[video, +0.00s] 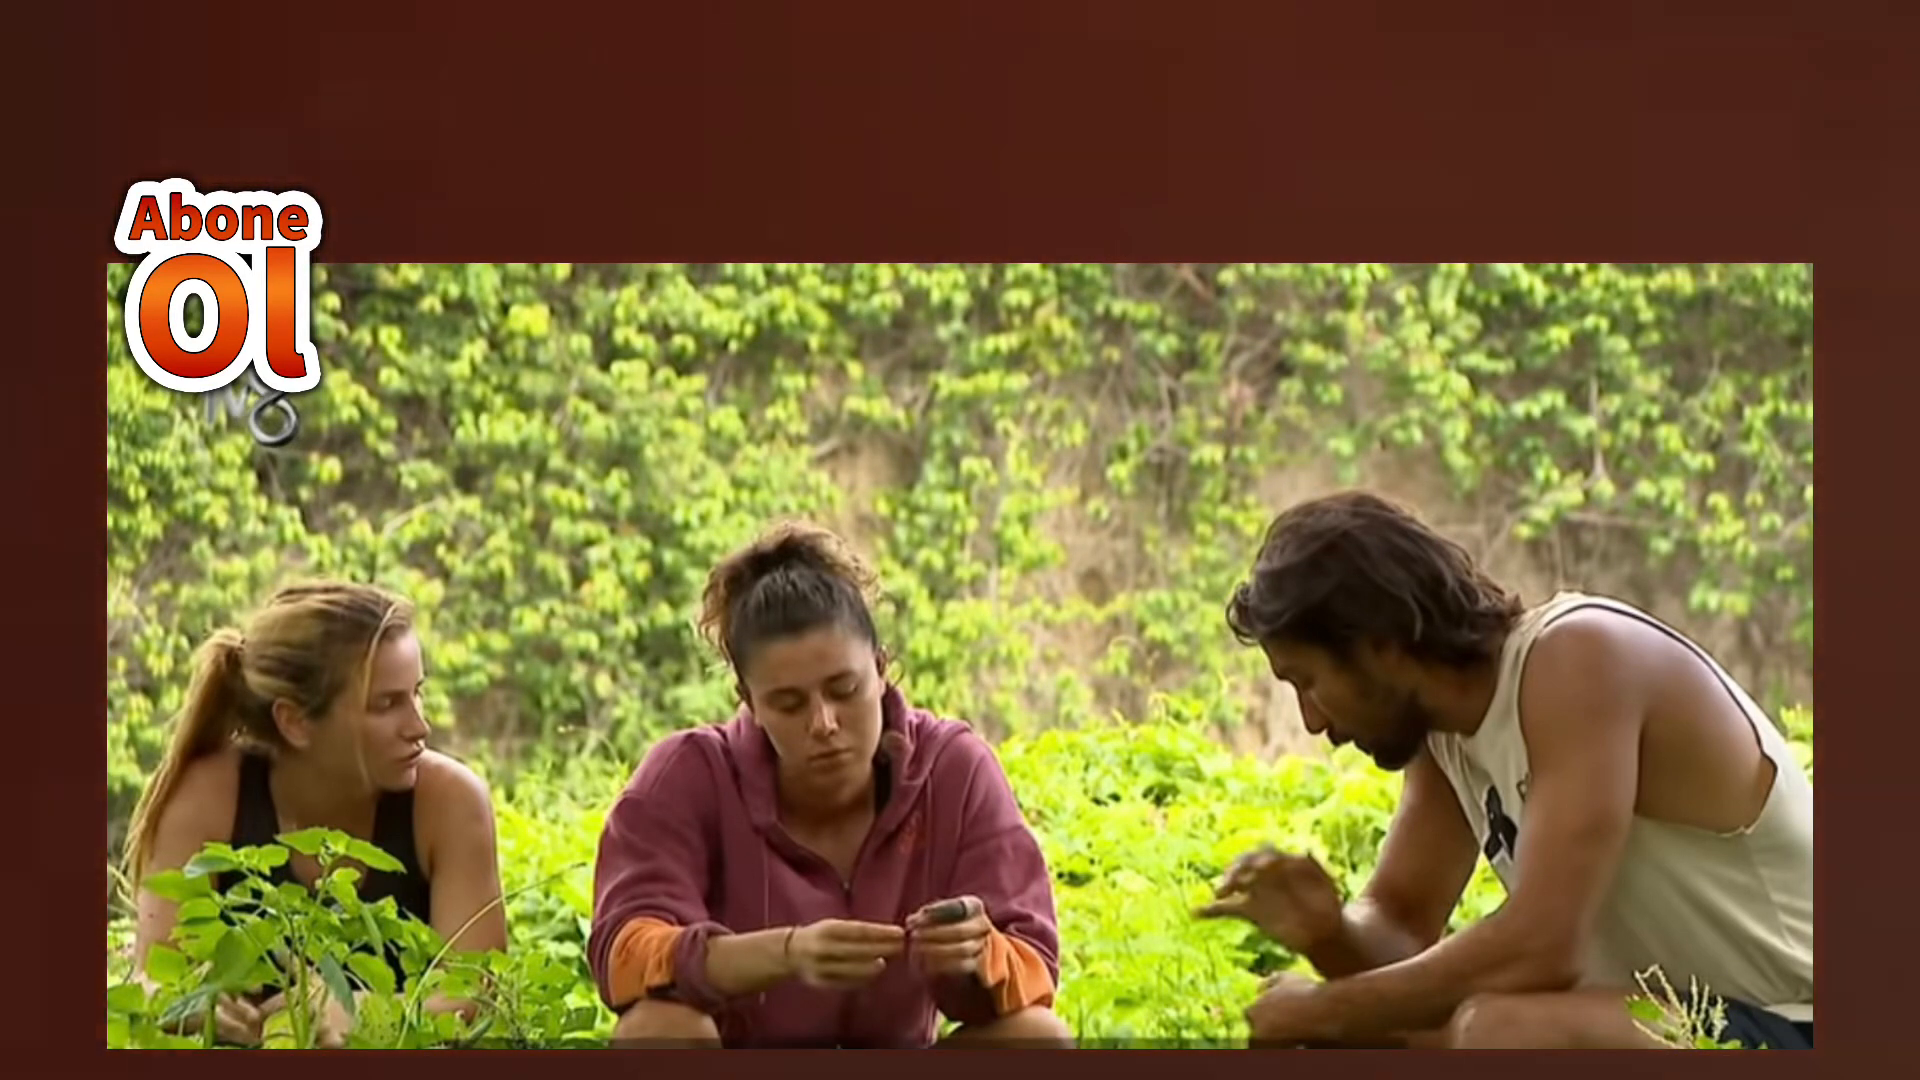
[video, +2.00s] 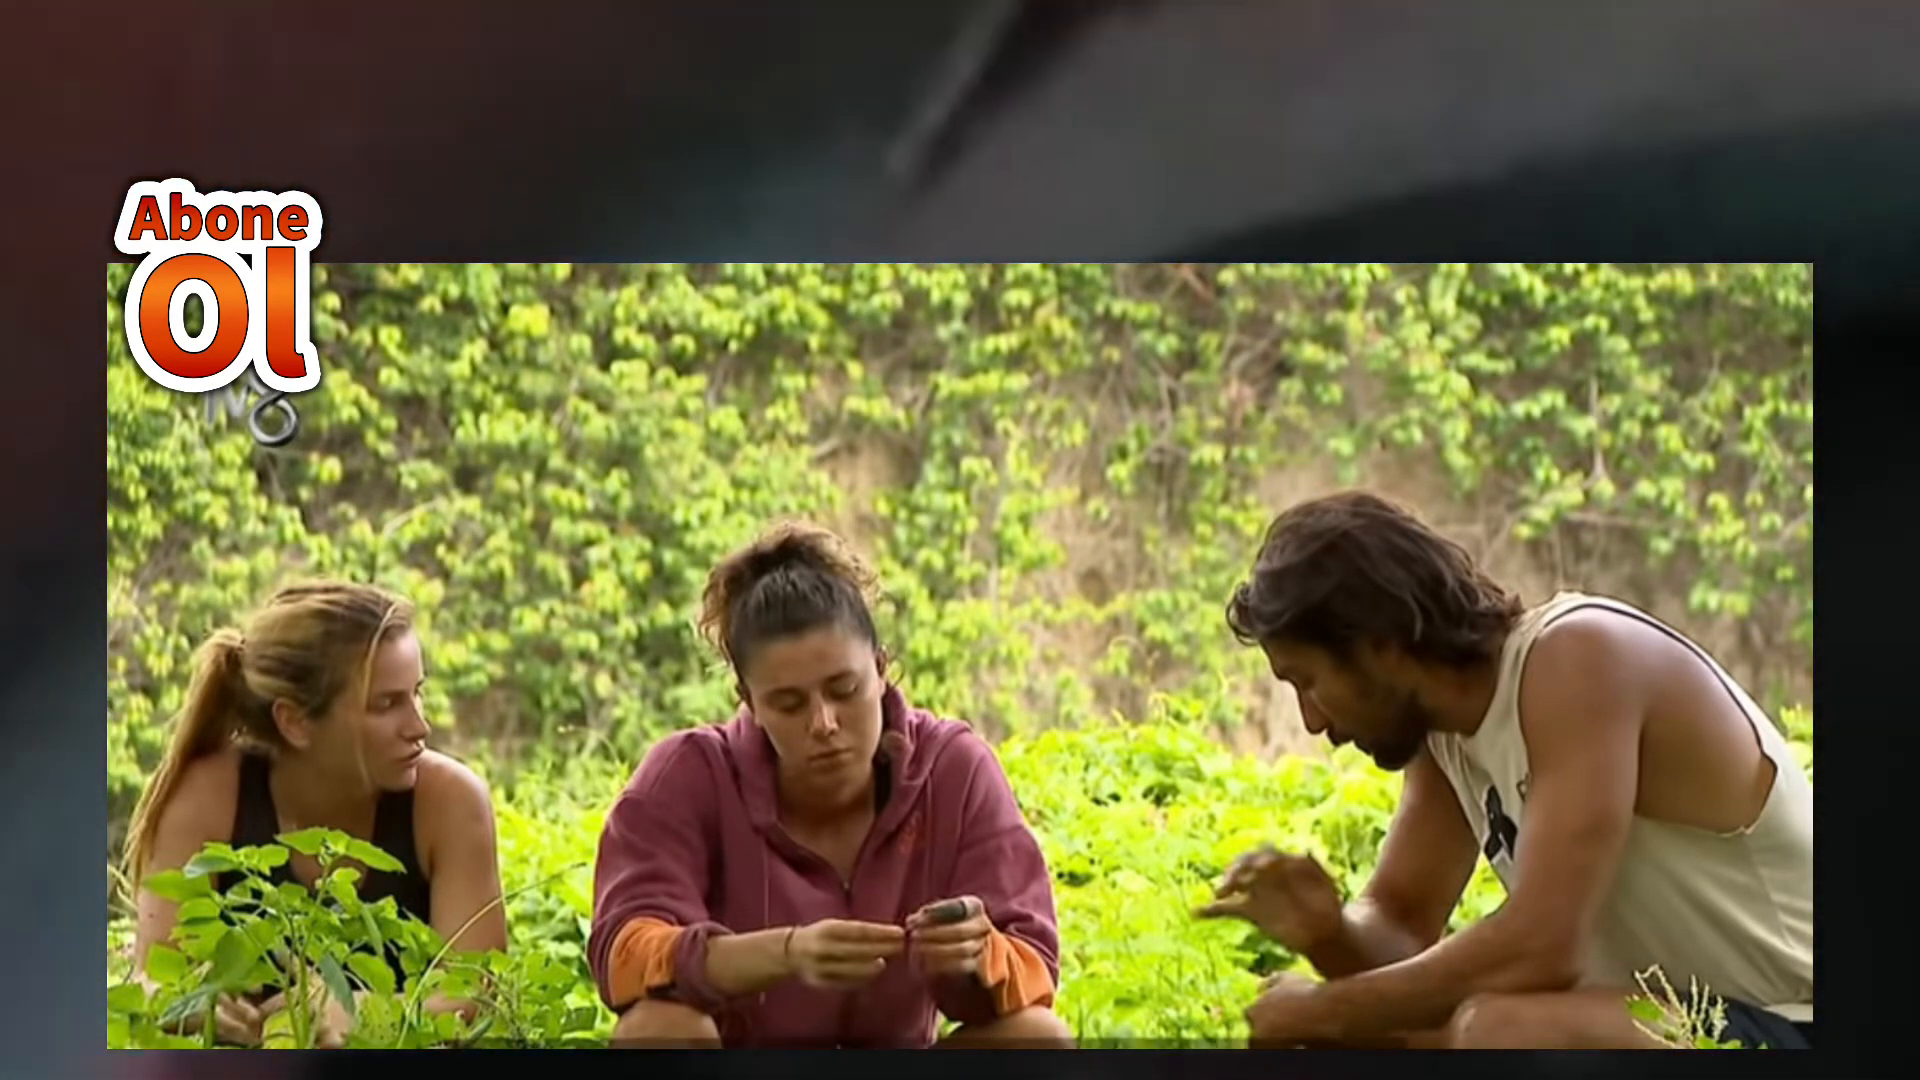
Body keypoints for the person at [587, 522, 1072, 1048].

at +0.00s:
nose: (824, 725)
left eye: (844, 690)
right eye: (789, 703)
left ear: (880, 669)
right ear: (747, 699)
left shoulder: (955, 766)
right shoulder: (687, 773)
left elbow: (1030, 970)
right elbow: (629, 957)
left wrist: (977, 953)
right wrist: (787, 952)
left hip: (899, 1056)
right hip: (739, 1058)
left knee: (1037, 1036)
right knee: (659, 1026)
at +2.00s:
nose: (824, 725)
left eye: (844, 690)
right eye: (789, 703)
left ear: (880, 669)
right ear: (747, 699)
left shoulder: (955, 766)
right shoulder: (687, 773)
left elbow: (1031, 971)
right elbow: (629, 957)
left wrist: (978, 953)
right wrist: (787, 952)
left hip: (899, 1049)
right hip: (740, 1052)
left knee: (1037, 1034)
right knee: (658, 1025)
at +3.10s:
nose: (824, 725)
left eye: (844, 690)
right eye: (789, 703)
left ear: (880, 669)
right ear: (747, 699)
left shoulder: (955, 766)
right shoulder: (687, 773)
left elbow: (1030, 970)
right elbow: (629, 957)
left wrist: (977, 953)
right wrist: (787, 952)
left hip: (897, 1059)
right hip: (738, 1061)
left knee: (1037, 1037)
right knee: (659, 1026)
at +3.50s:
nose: (824, 725)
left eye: (844, 690)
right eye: (789, 703)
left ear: (880, 669)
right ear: (747, 699)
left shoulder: (955, 766)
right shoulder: (687, 773)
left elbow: (1031, 969)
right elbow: (629, 957)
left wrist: (978, 952)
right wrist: (787, 952)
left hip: (896, 1061)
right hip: (737, 1062)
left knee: (1038, 1037)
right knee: (659, 1027)